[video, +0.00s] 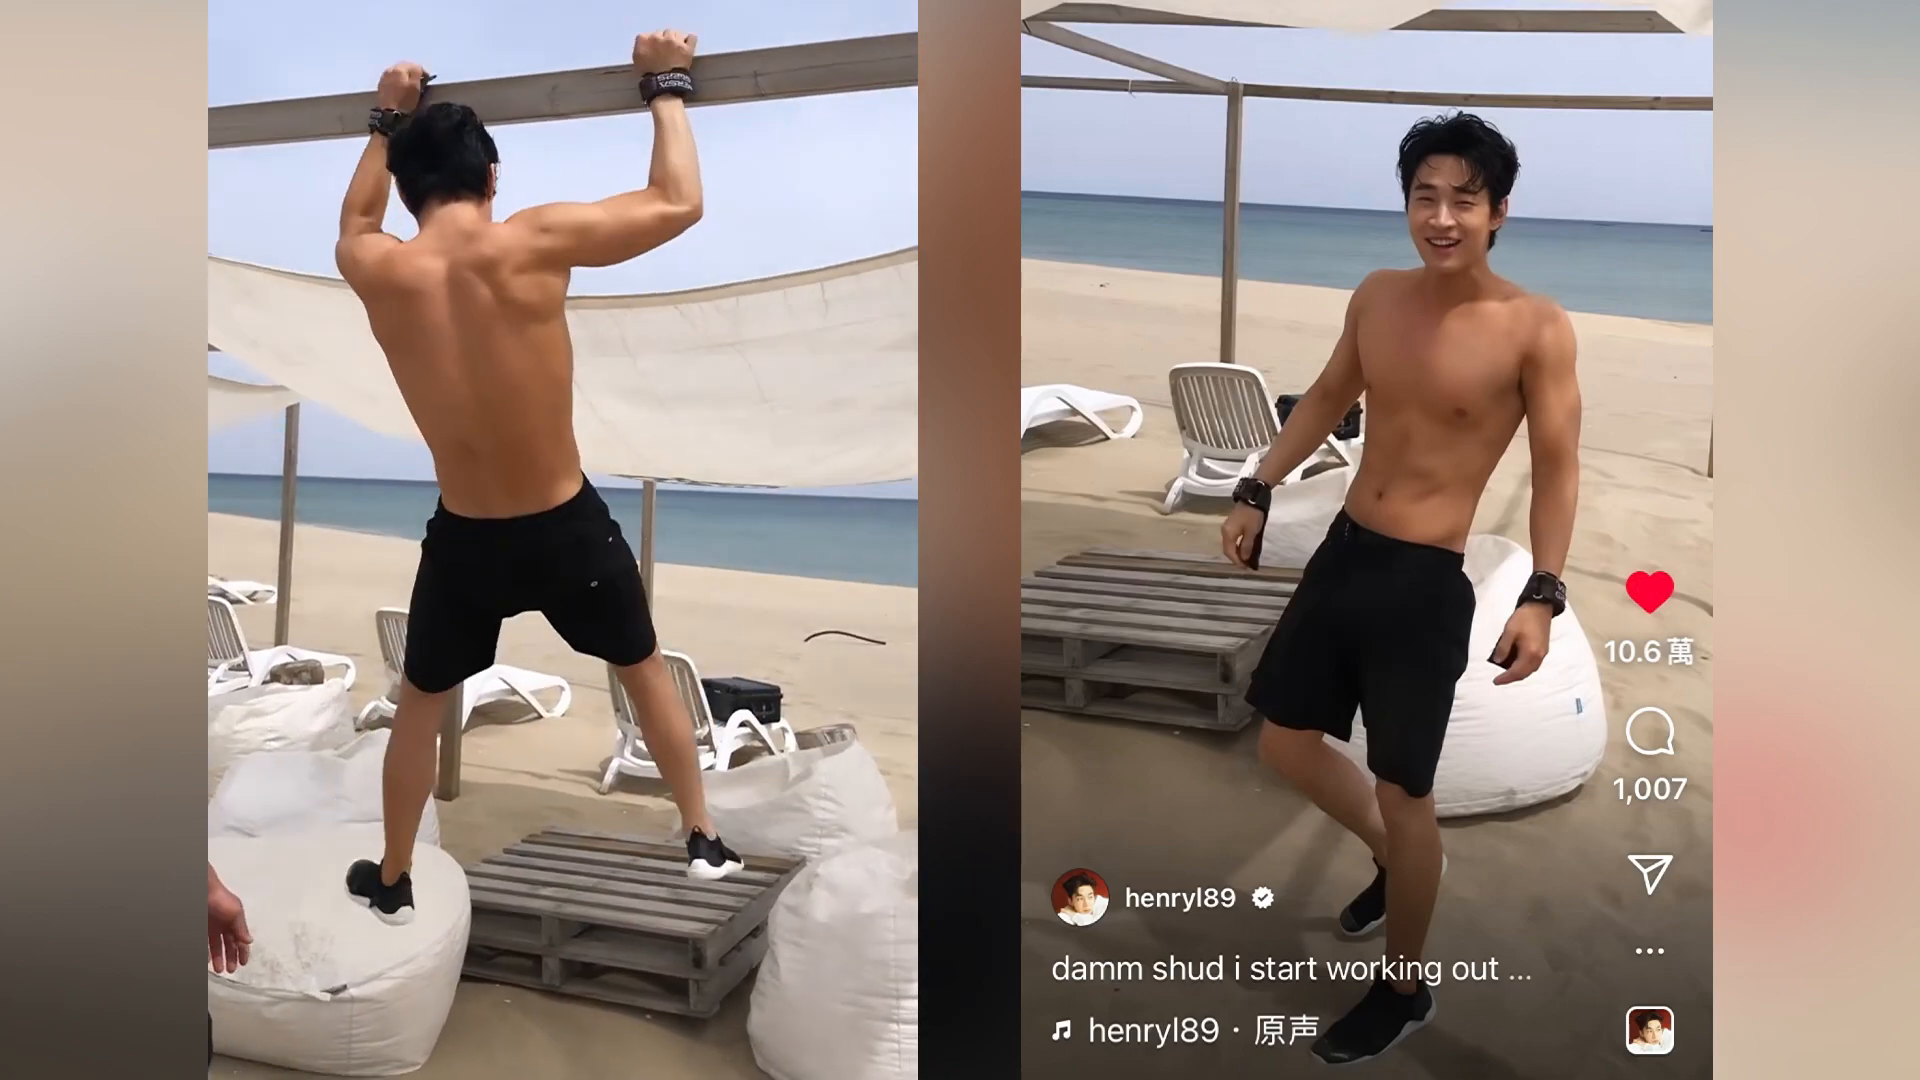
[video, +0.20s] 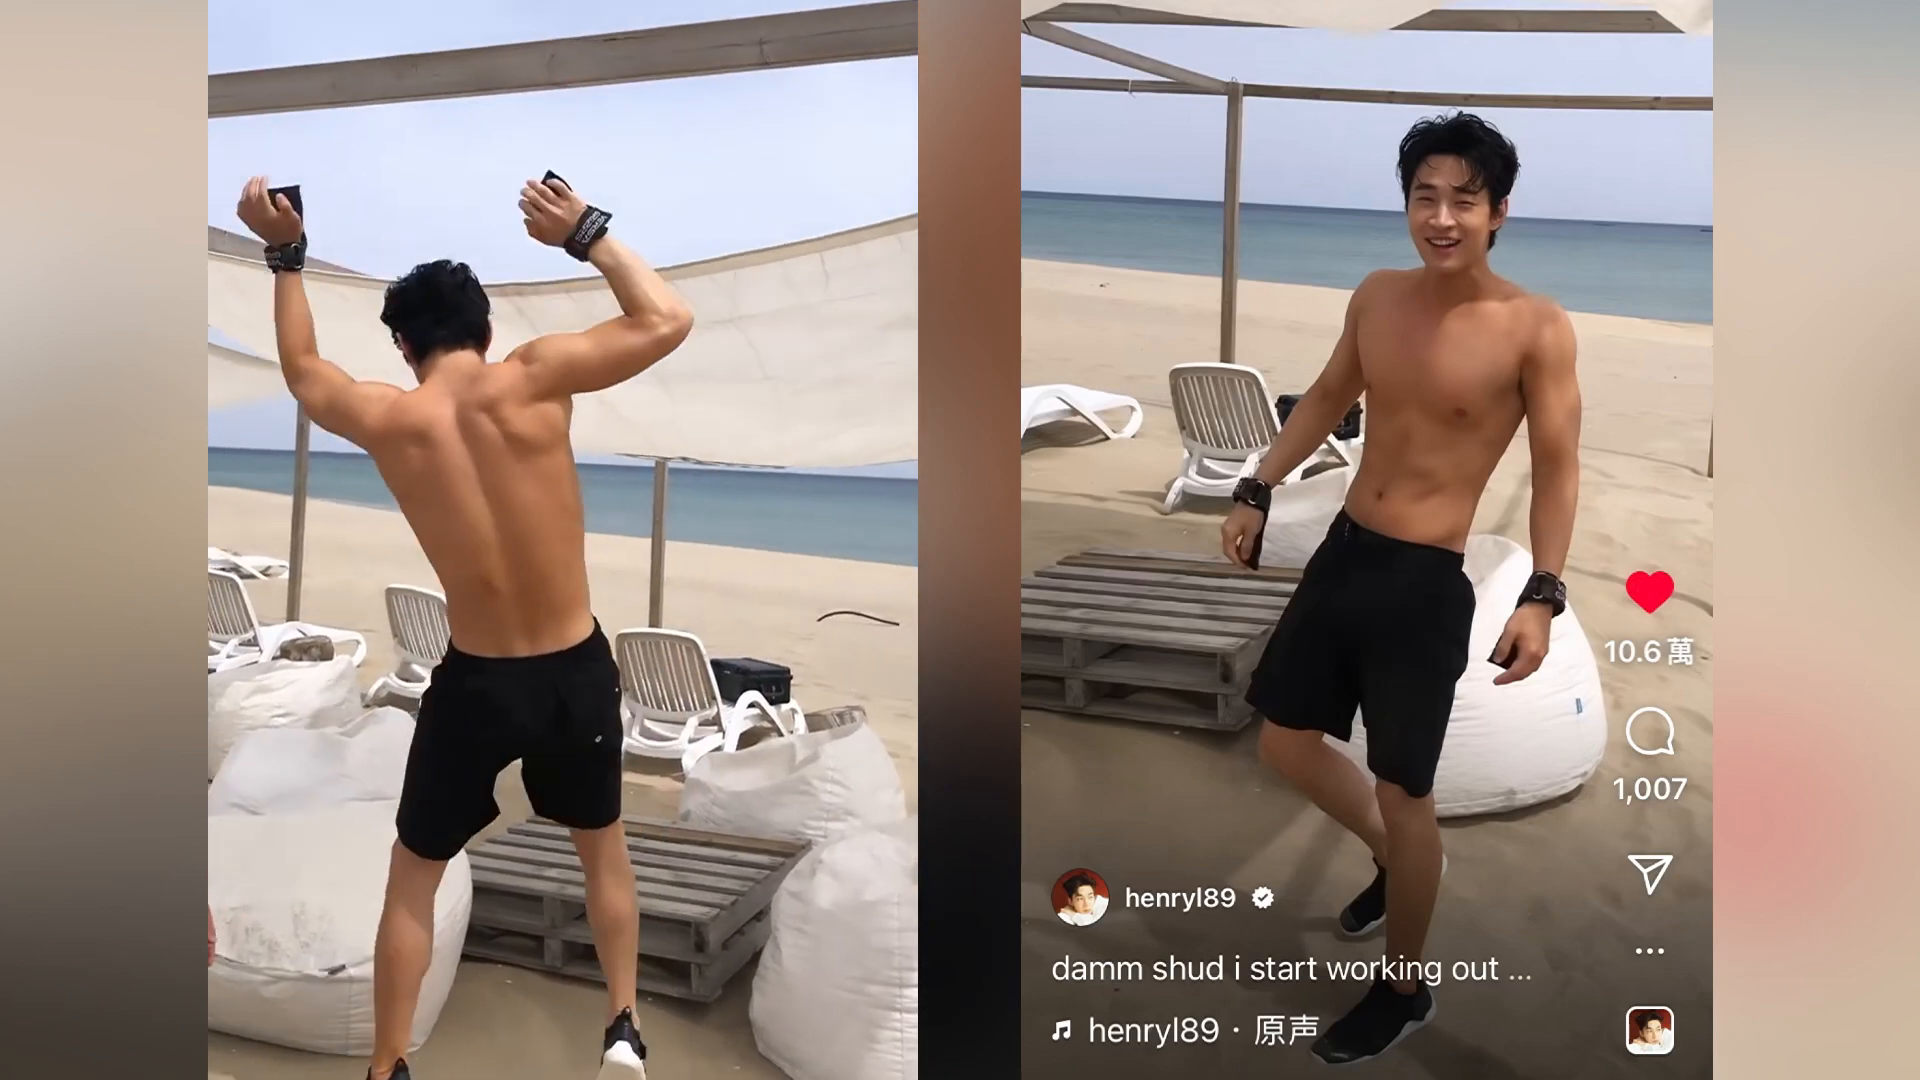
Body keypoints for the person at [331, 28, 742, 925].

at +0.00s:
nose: (502, 180)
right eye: (498, 168)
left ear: (404, 188)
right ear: (491, 174)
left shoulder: (380, 270)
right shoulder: (540, 239)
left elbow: (358, 217)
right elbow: (677, 201)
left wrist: (385, 123)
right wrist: (668, 86)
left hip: (462, 541)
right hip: (568, 531)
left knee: (420, 703)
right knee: (641, 664)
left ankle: (392, 875)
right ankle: (703, 836)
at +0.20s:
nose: (491, 335)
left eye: (409, 342)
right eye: (490, 324)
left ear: (405, 345)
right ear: (486, 328)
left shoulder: (390, 419)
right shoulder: (542, 372)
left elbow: (303, 369)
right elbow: (664, 317)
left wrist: (284, 256)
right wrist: (587, 232)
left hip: (474, 690)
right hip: (578, 680)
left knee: (412, 883)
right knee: (603, 848)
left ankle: (387, 1067)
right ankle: (624, 1026)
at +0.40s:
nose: (394, 634)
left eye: (392, 622)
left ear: (403, 627)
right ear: (476, 607)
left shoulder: (389, 700)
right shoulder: (553, 656)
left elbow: (280, 757)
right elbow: (671, 706)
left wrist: (266, 682)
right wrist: (619, 632)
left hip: (497, 974)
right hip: (597, 960)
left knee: (358, 1025)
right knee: (597, 1055)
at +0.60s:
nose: (419, 790)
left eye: (416, 778)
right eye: (415, 778)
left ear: (429, 778)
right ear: (498, 757)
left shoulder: (419, 846)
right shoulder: (574, 796)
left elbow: (330, 932)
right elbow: (678, 841)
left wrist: (323, 964)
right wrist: (615, 835)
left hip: (528, 1071)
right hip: (636, 1066)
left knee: (397, 973)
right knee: (619, 952)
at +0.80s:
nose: (452, 786)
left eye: (450, 773)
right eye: (448, 775)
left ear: (470, 769)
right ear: (528, 754)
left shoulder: (465, 827)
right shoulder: (601, 781)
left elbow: (381, 931)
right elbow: (690, 848)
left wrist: (363, 972)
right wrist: (640, 886)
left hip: (571, 1059)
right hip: (670, 1048)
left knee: (432, 925)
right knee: (635, 896)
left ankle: (438, 1072)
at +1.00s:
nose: (493, 678)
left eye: (494, 662)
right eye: (489, 663)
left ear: (521, 654)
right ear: (574, 647)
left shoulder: (515, 702)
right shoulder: (640, 672)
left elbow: (445, 832)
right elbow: (723, 764)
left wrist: (399, 912)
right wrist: (692, 825)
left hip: (617, 926)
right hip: (710, 920)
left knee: (458, 873)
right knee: (670, 859)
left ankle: (464, 1066)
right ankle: (704, 1043)